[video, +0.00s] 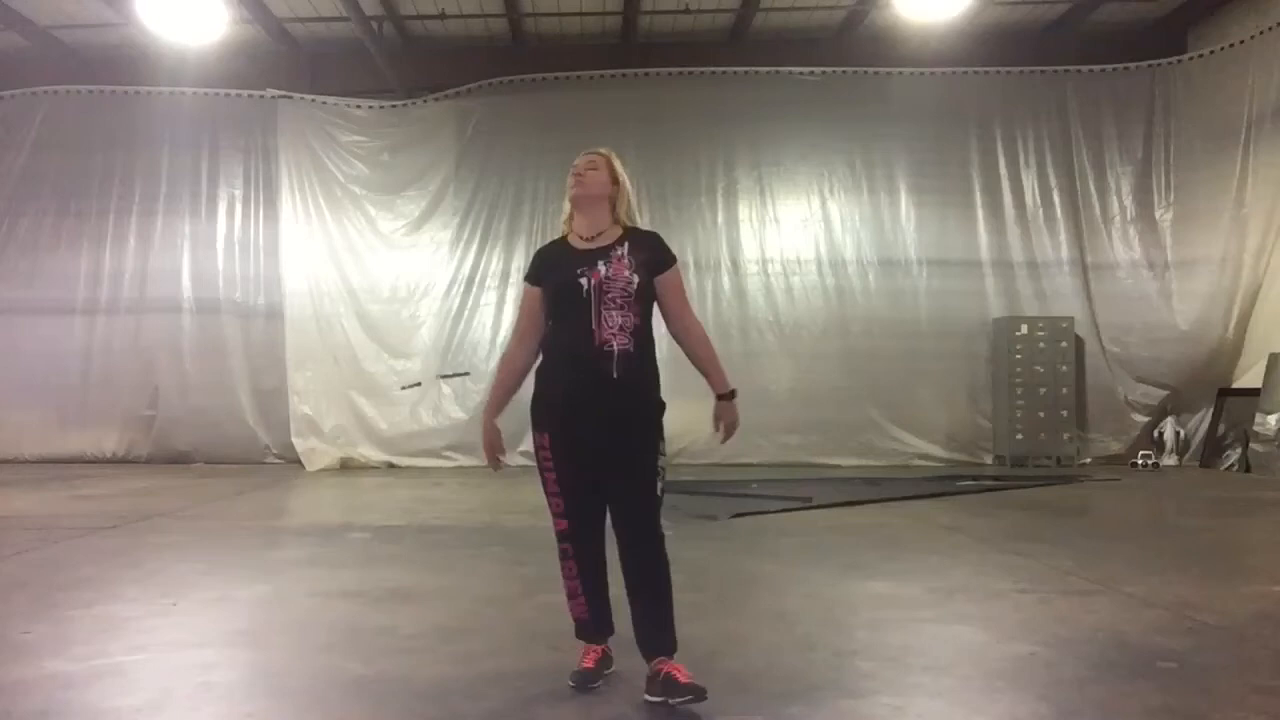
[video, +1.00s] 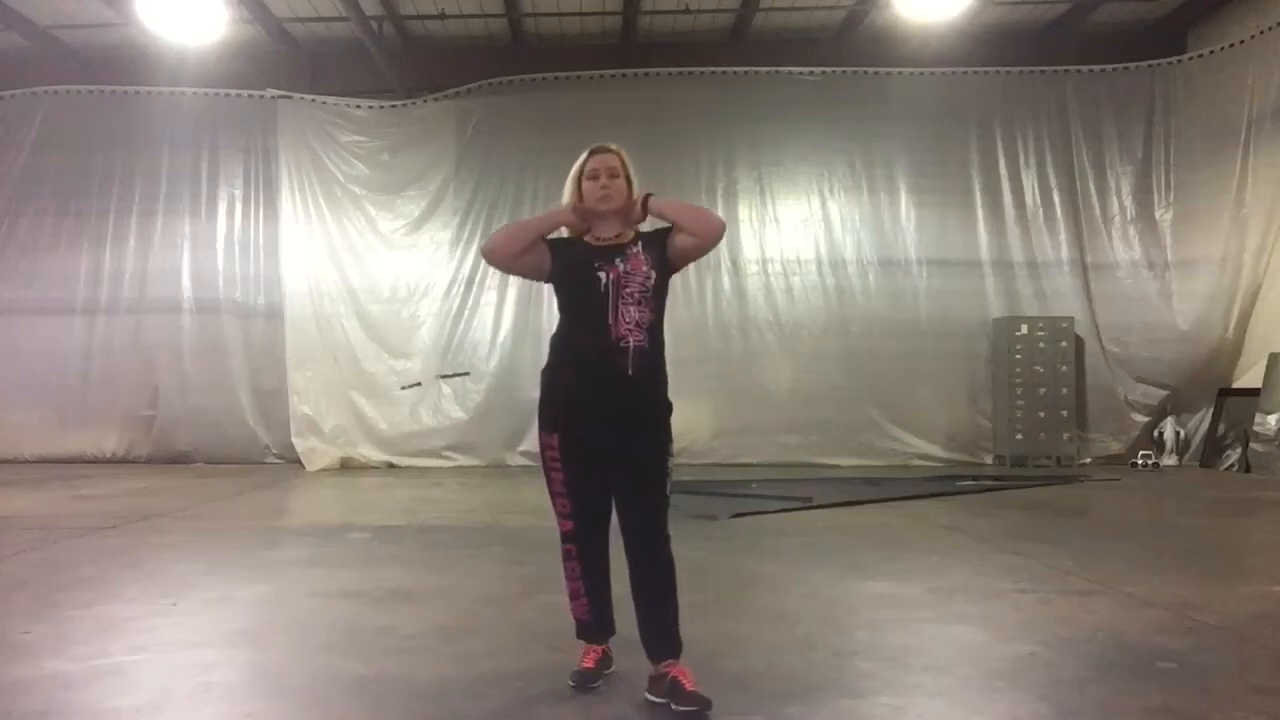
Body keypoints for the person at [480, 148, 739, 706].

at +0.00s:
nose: (581, 170)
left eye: (593, 166)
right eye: (575, 168)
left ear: (616, 187)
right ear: (567, 188)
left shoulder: (646, 247)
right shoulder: (548, 257)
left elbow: (684, 323)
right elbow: (525, 341)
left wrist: (723, 389)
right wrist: (489, 412)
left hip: (632, 415)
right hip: (562, 418)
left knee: (642, 535)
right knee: (576, 535)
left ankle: (661, 658)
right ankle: (594, 644)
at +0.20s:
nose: (584, 175)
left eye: (595, 169)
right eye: (575, 172)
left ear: (617, 186)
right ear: (566, 192)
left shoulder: (647, 250)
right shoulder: (551, 260)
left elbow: (696, 314)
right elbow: (506, 330)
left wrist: (738, 364)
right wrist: (450, 376)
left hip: (634, 414)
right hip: (565, 417)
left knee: (642, 533)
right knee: (577, 535)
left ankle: (662, 657)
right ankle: (593, 646)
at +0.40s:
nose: (591, 180)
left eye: (600, 172)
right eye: (581, 175)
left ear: (619, 184)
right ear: (569, 192)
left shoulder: (650, 249)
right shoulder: (555, 259)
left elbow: (693, 302)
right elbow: (503, 313)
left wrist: (706, 249)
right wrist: (471, 271)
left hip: (636, 416)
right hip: (567, 419)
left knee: (644, 535)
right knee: (578, 537)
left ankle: (663, 659)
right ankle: (594, 646)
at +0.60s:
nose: (598, 182)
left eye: (607, 174)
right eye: (587, 176)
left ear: (625, 186)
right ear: (575, 192)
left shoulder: (650, 249)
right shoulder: (559, 256)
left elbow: (704, 269)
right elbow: (499, 297)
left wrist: (661, 207)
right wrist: (528, 226)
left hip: (637, 413)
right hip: (568, 416)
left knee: (648, 536)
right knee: (580, 535)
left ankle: (666, 660)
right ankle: (594, 645)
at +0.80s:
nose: (600, 183)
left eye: (610, 175)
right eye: (590, 176)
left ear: (628, 188)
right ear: (575, 191)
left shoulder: (654, 252)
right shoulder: (560, 257)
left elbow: (709, 247)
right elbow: (496, 276)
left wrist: (653, 211)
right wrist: (556, 226)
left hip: (640, 413)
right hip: (570, 416)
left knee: (649, 536)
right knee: (581, 536)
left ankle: (666, 661)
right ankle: (594, 645)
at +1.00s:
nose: (603, 183)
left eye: (613, 175)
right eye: (592, 176)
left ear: (631, 190)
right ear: (577, 191)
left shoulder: (657, 252)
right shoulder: (561, 257)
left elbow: (711, 228)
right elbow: (494, 250)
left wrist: (651, 203)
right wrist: (560, 216)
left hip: (641, 414)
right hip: (571, 416)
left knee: (650, 538)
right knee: (582, 536)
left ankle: (666, 662)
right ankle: (594, 646)